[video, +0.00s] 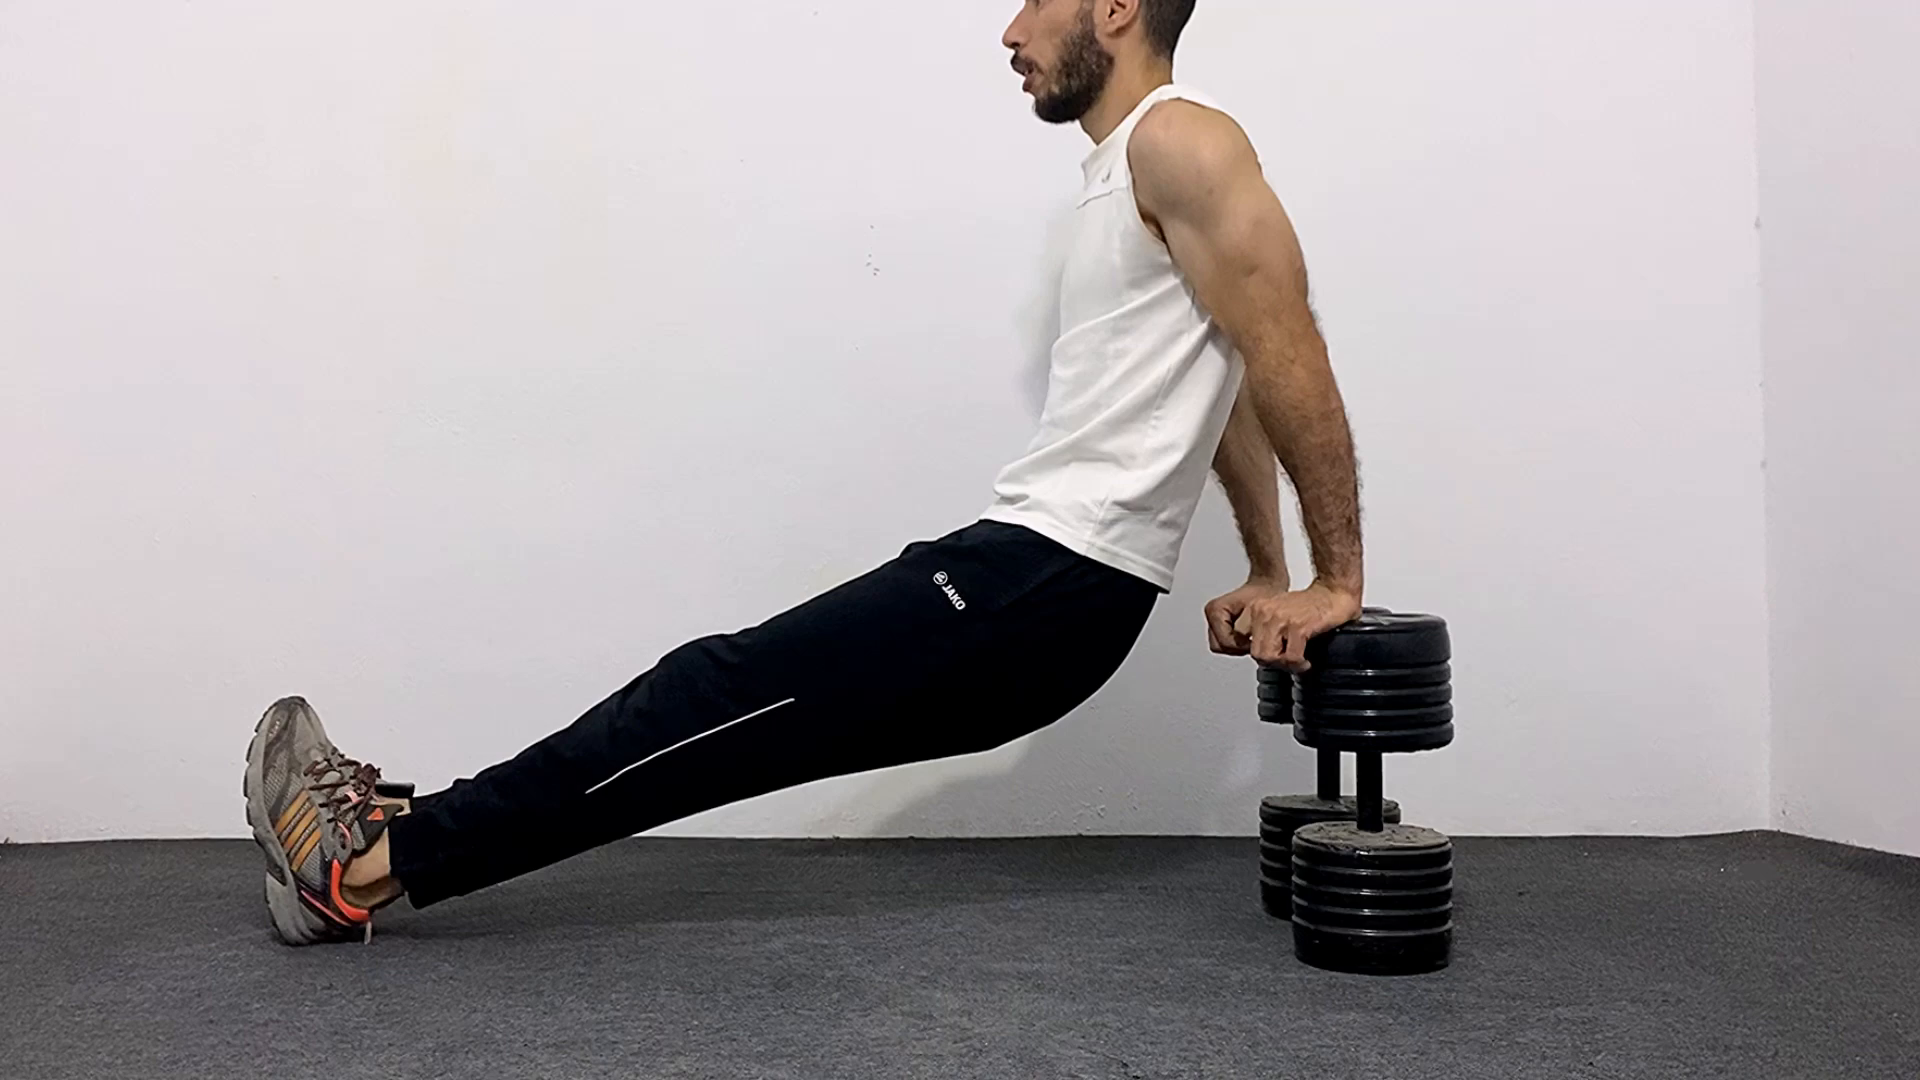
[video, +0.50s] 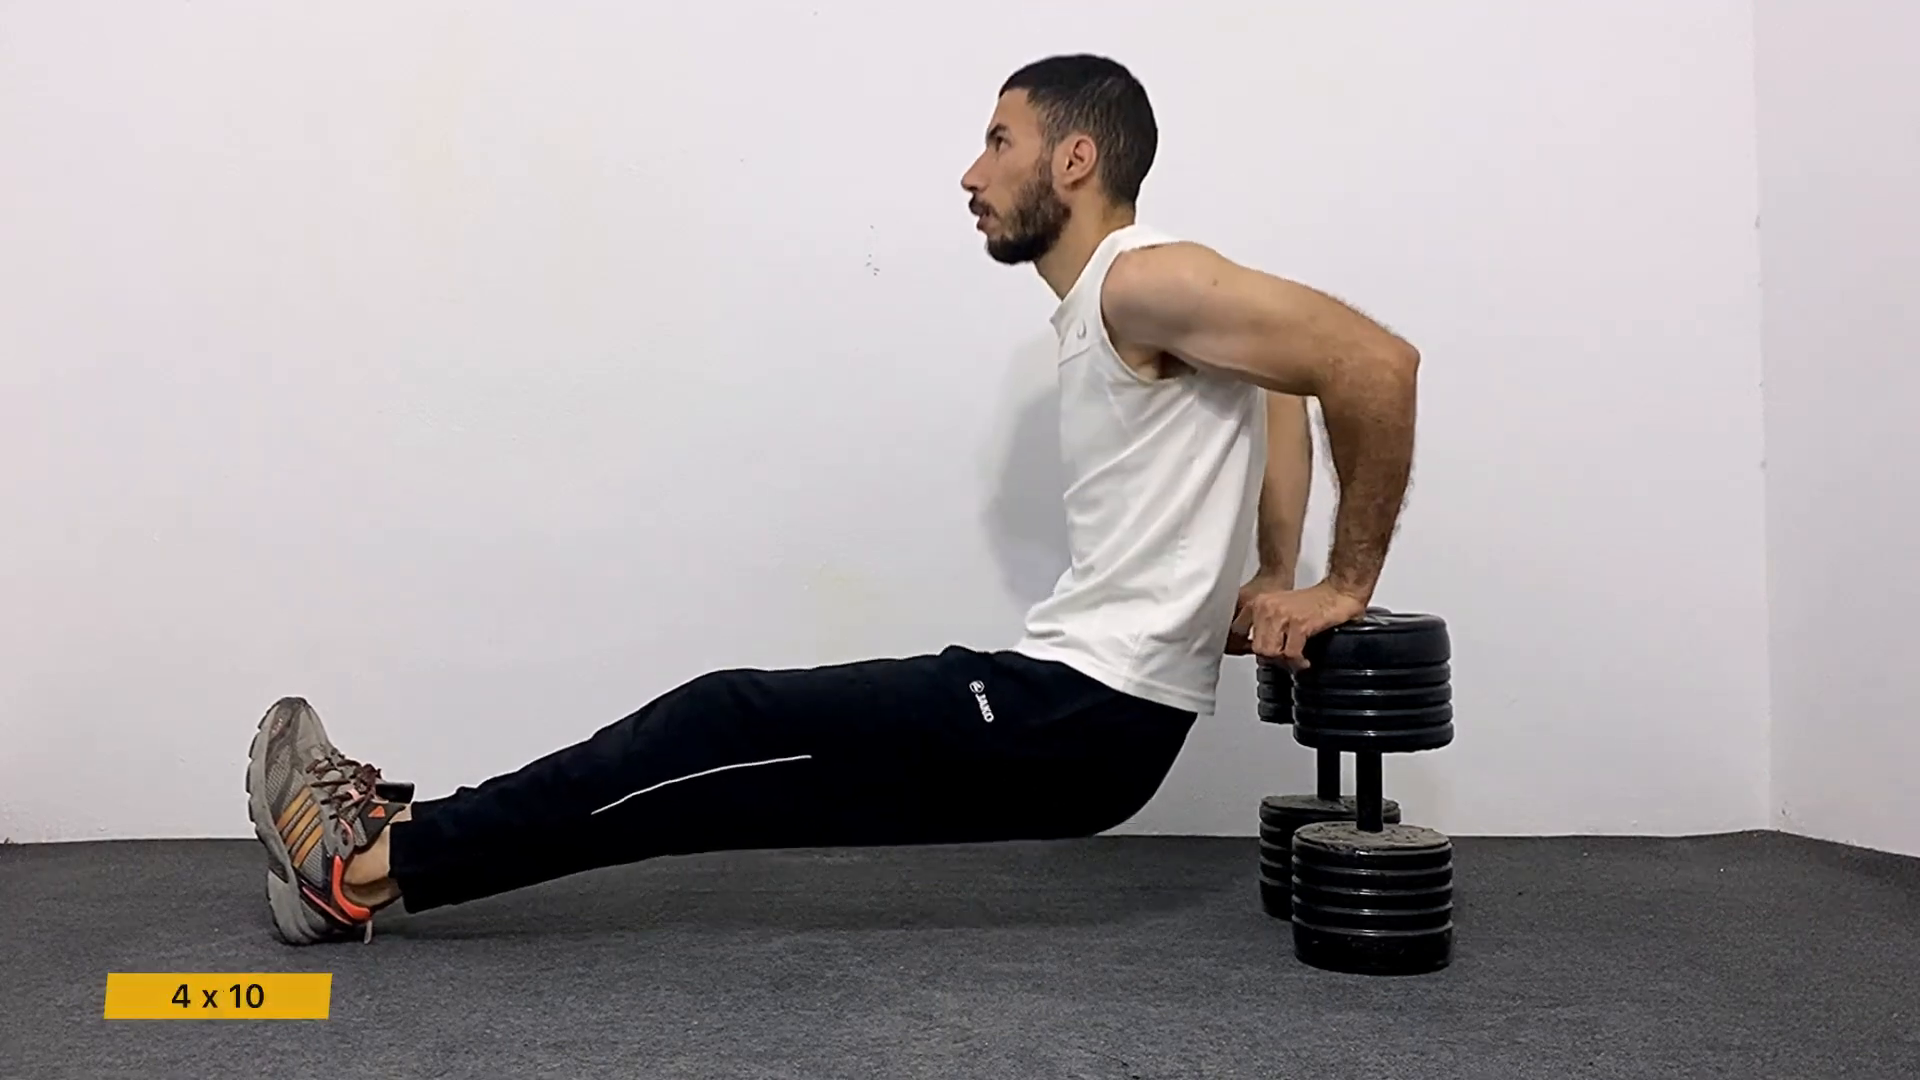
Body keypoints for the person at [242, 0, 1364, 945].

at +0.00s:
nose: (1011, 31)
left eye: (1035, 7)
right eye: (1016, 10)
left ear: (1123, 17)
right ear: (1100, 27)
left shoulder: (1178, 139)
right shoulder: (1130, 162)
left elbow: (1292, 358)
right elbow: (1230, 385)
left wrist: (1342, 579)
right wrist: (1267, 572)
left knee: (714, 707)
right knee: (707, 692)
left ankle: (374, 873)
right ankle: (407, 837)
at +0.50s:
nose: (972, 169)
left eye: (996, 142)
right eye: (981, 142)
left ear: (1080, 158)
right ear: (1081, 164)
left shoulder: (1143, 288)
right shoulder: (1120, 296)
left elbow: (1375, 364)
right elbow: (1288, 382)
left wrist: (1348, 586)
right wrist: (1274, 577)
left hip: (1087, 710)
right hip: (1072, 699)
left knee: (721, 725)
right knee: (717, 740)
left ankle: (381, 868)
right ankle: (403, 844)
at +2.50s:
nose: (964, 248)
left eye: (987, 216)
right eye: (973, 219)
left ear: (1074, 227)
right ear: (1077, 228)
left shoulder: (1136, 345)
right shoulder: (1126, 345)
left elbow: (1391, 375)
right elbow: (1295, 391)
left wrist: (1355, 585)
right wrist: (1279, 575)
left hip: (1097, 776)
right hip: (1078, 760)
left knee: (741, 742)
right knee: (736, 795)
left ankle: (386, 869)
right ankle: (416, 848)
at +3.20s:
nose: (990, 121)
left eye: (1013, 89)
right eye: (996, 91)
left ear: (1100, 95)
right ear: (1097, 101)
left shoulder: (1167, 222)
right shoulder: (1139, 246)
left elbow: (1368, 361)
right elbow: (1285, 417)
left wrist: (1350, 587)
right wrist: (1271, 589)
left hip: (1091, 656)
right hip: (1072, 644)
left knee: (739, 734)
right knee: (739, 731)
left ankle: (392, 875)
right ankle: (415, 847)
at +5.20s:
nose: (1022, 51)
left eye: (1041, 17)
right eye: (1026, 22)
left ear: (1126, 19)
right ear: (1111, 27)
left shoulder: (1188, 144)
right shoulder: (1149, 165)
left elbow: (1312, 358)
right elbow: (1251, 382)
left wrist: (1347, 580)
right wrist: (1267, 572)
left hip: (1063, 593)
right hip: (1045, 579)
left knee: (718, 711)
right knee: (714, 699)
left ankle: (380, 877)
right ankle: (420, 840)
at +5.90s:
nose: (985, 201)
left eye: (1006, 168)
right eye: (990, 172)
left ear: (1093, 175)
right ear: (1097, 180)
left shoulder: (1156, 301)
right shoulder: (1135, 304)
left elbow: (1397, 369)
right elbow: (1302, 378)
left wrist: (1354, 588)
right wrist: (1283, 573)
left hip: (1099, 737)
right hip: (1079, 723)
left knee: (737, 736)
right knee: (733, 760)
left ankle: (387, 878)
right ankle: (422, 849)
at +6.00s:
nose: (973, 227)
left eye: (996, 195)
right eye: (980, 199)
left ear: (1083, 202)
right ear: (1086, 206)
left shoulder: (1144, 323)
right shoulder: (1128, 322)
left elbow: (1395, 374)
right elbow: (1301, 378)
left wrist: (1347, 588)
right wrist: (1275, 566)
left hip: (1094, 758)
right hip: (1079, 744)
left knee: (733, 735)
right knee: (728, 783)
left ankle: (384, 868)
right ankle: (407, 855)